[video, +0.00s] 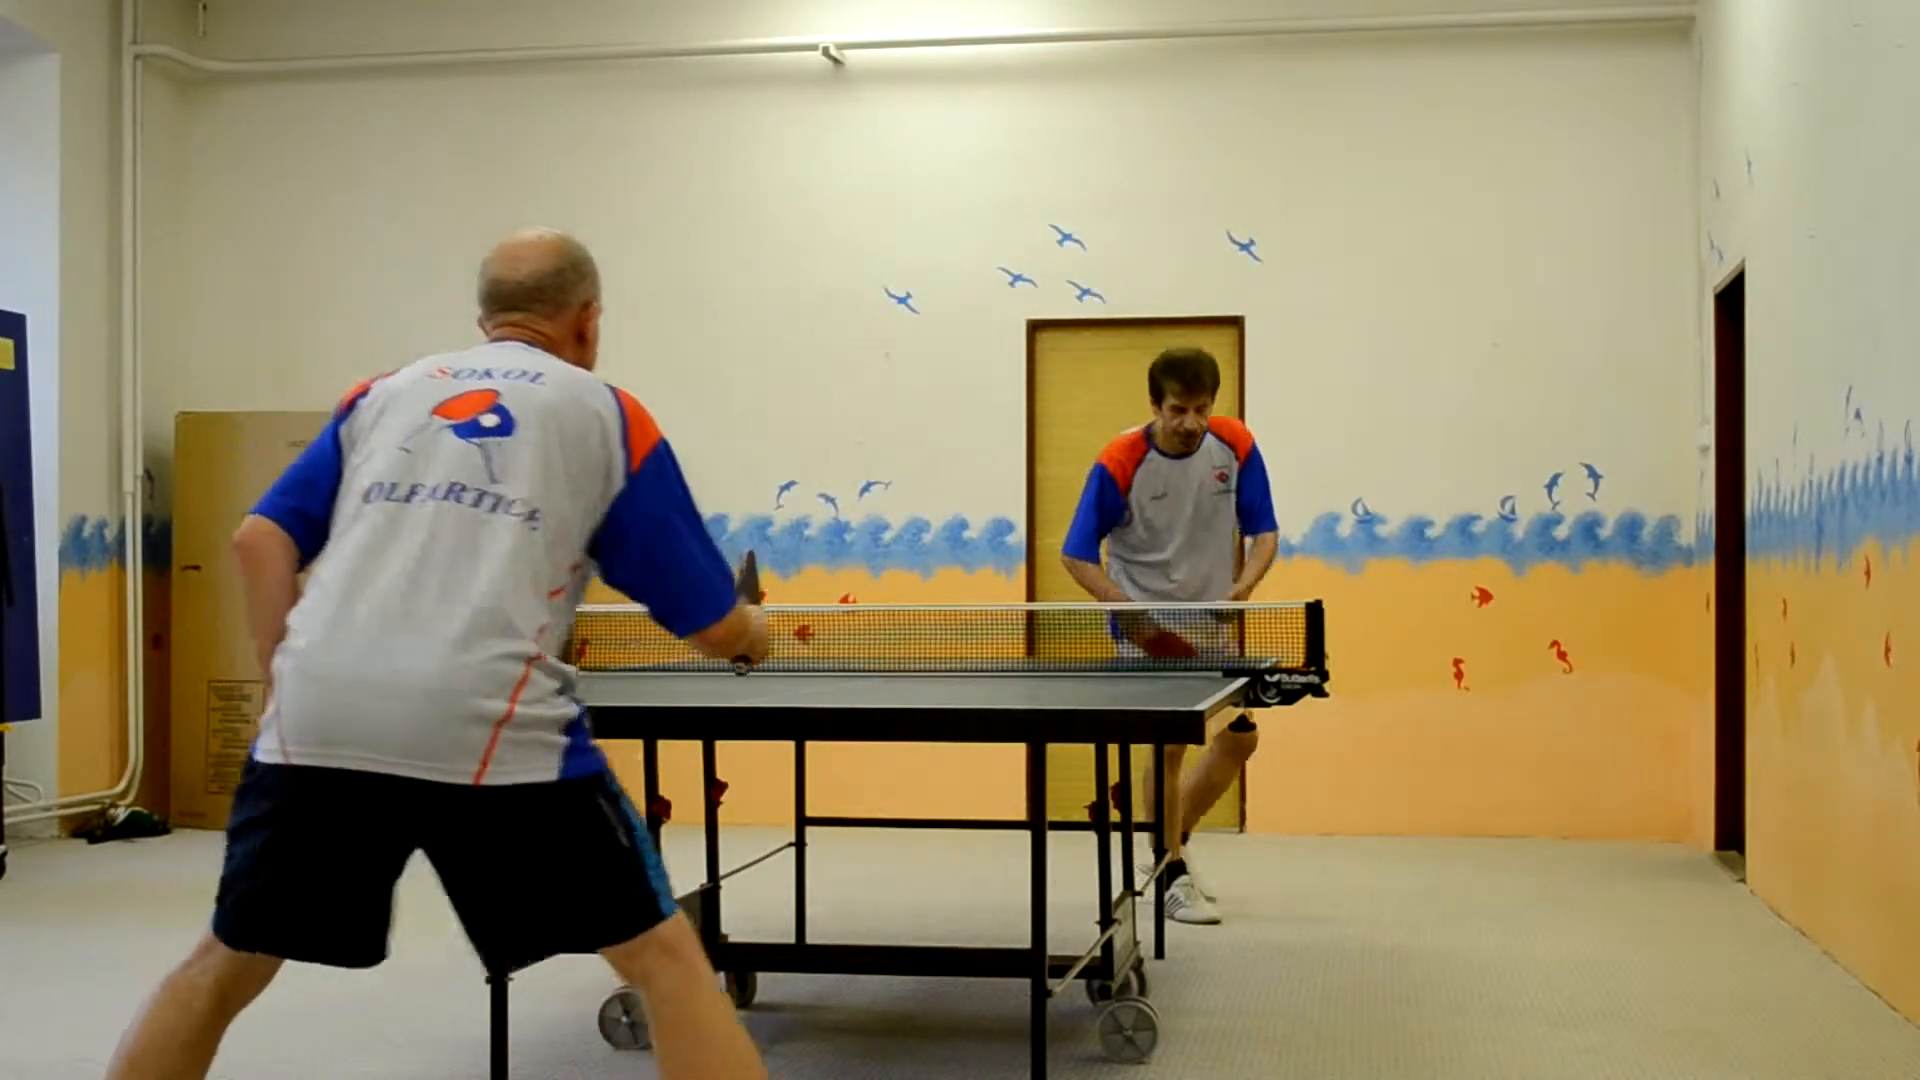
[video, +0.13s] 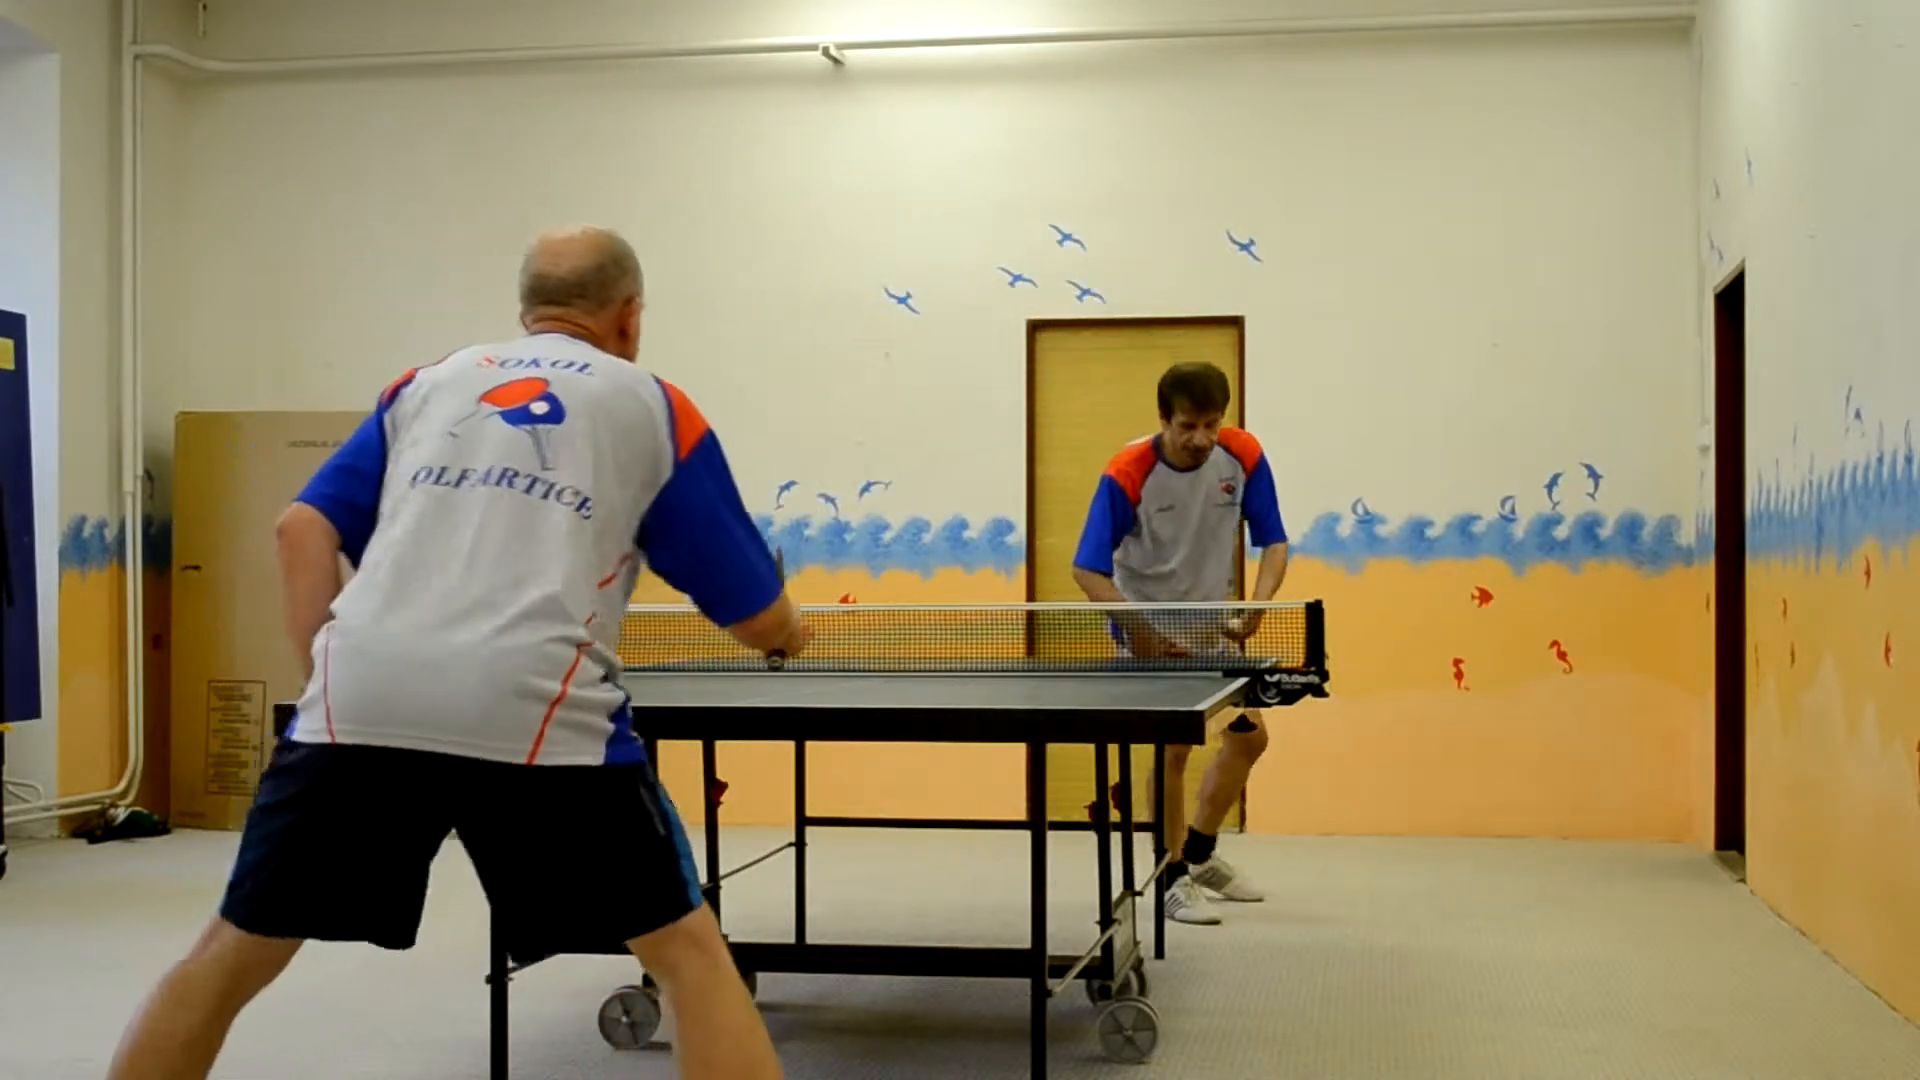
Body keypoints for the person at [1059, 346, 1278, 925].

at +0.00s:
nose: (1191, 422)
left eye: (1200, 409)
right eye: (1178, 410)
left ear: (1212, 403)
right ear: (1155, 405)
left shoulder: (1235, 444)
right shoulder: (1118, 463)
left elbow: (1263, 538)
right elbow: (1077, 556)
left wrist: (1235, 597)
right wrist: (1135, 618)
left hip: (1215, 622)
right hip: (1149, 627)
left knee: (1238, 737)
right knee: (1169, 745)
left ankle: (1167, 844)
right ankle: (1171, 875)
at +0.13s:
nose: (1200, 438)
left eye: (1210, 425)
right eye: (1187, 426)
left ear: (1222, 418)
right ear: (1163, 419)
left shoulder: (1242, 454)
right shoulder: (1127, 473)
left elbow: (1273, 545)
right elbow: (1088, 569)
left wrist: (1255, 607)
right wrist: (1140, 632)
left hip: (1213, 632)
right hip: (1151, 637)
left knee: (1247, 738)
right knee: (1175, 746)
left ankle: (1197, 857)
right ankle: (1170, 879)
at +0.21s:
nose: (1204, 445)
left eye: (1215, 432)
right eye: (1192, 433)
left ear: (1227, 424)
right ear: (1168, 425)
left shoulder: (1246, 459)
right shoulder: (1132, 477)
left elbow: (1277, 550)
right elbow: (1091, 576)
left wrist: (1260, 618)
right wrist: (1143, 640)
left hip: (1212, 630)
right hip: (1150, 636)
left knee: (1246, 740)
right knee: (1179, 745)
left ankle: (1207, 862)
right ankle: (1170, 880)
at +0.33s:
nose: (1210, 448)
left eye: (1220, 436)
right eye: (1197, 437)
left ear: (1232, 428)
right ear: (1173, 428)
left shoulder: (1250, 462)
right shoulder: (1135, 480)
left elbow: (1281, 554)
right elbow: (1095, 579)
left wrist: (1263, 622)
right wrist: (1148, 646)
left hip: (1212, 629)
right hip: (1152, 636)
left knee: (1244, 744)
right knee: (1184, 745)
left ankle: (1206, 863)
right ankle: (1171, 880)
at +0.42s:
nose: (1212, 447)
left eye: (1222, 434)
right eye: (1199, 435)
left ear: (1234, 426)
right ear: (1175, 427)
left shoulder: (1253, 459)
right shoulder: (1139, 479)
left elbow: (1284, 551)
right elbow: (1100, 578)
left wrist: (1265, 618)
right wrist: (1151, 641)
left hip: (1215, 625)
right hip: (1154, 630)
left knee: (1249, 743)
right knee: (1186, 746)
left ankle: (1209, 858)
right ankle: (1171, 879)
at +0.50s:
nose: (1215, 442)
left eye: (1225, 429)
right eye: (1202, 431)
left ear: (1236, 421)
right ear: (1178, 423)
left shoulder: (1253, 454)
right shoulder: (1144, 475)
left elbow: (1289, 543)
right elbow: (1111, 576)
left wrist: (1267, 602)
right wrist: (1163, 631)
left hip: (1221, 628)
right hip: (1160, 633)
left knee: (1263, 734)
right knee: (1188, 745)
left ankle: (1218, 846)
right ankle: (1172, 878)